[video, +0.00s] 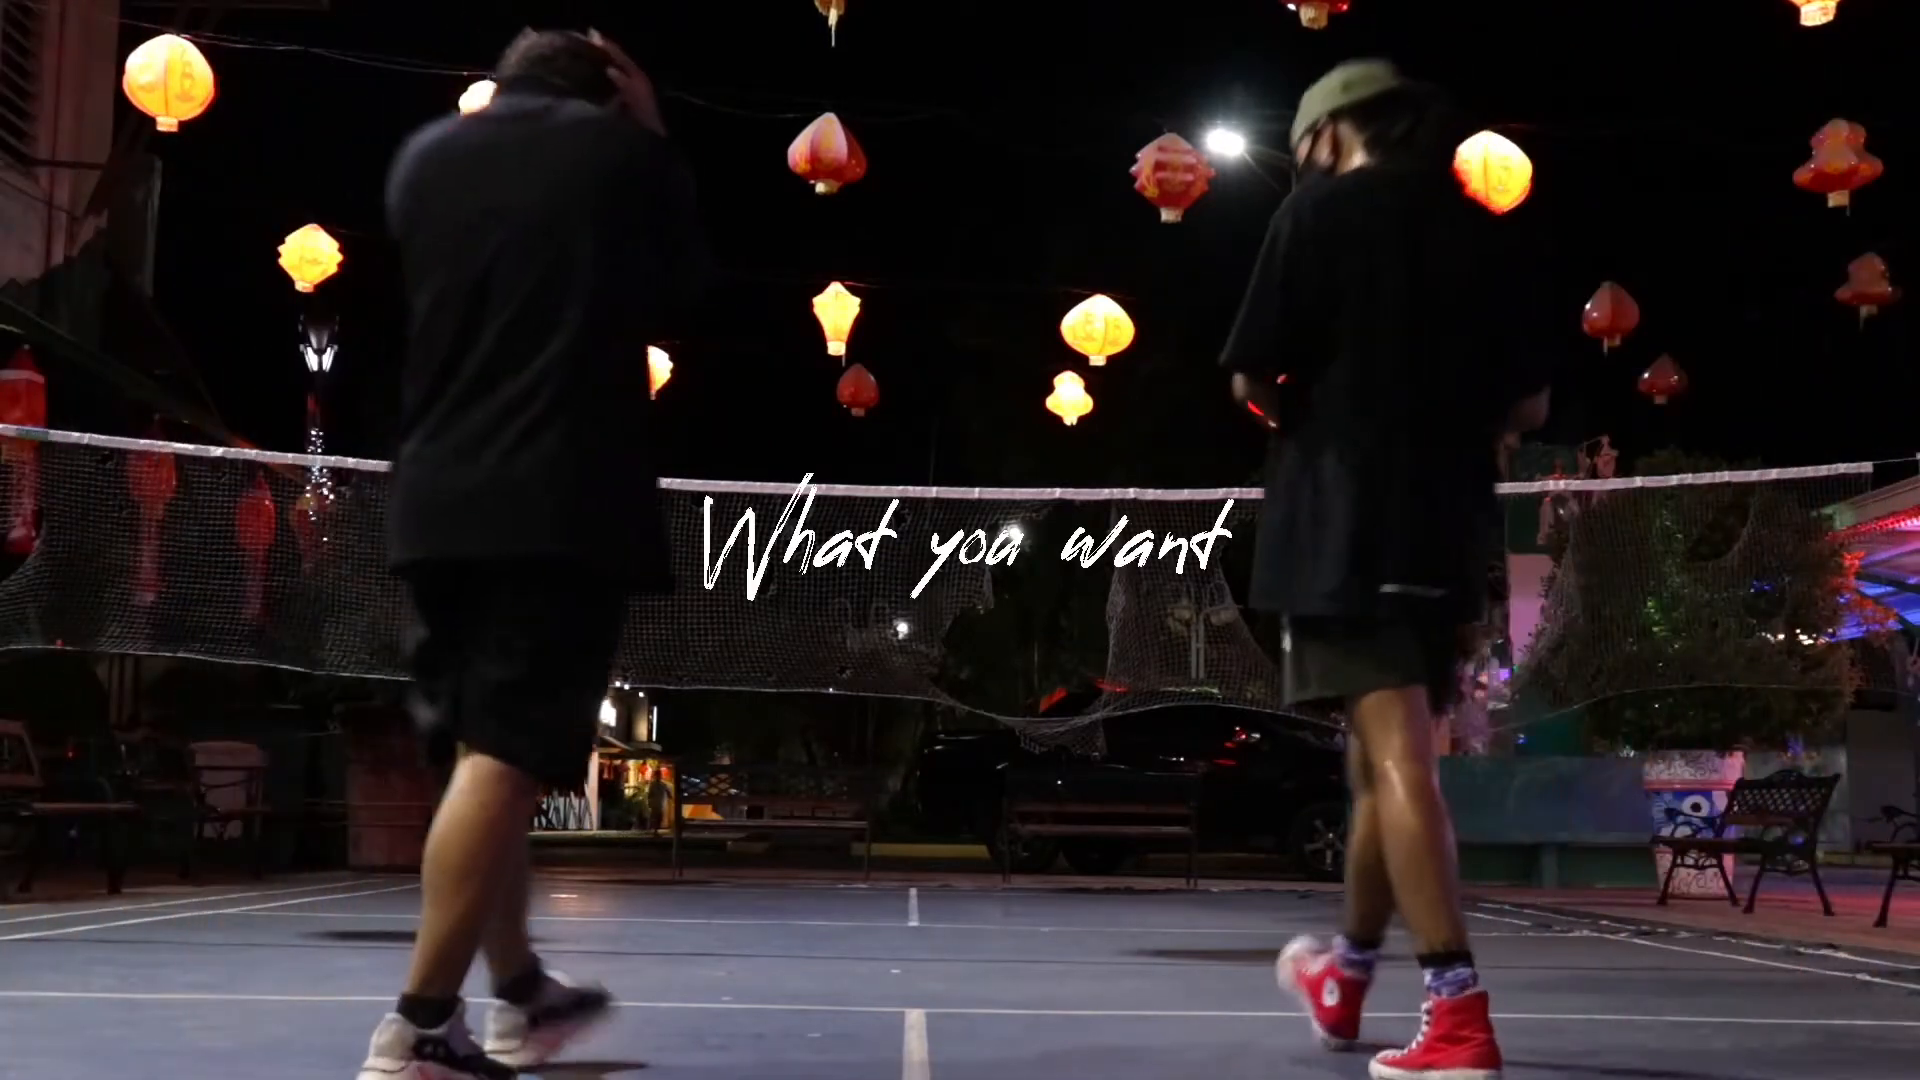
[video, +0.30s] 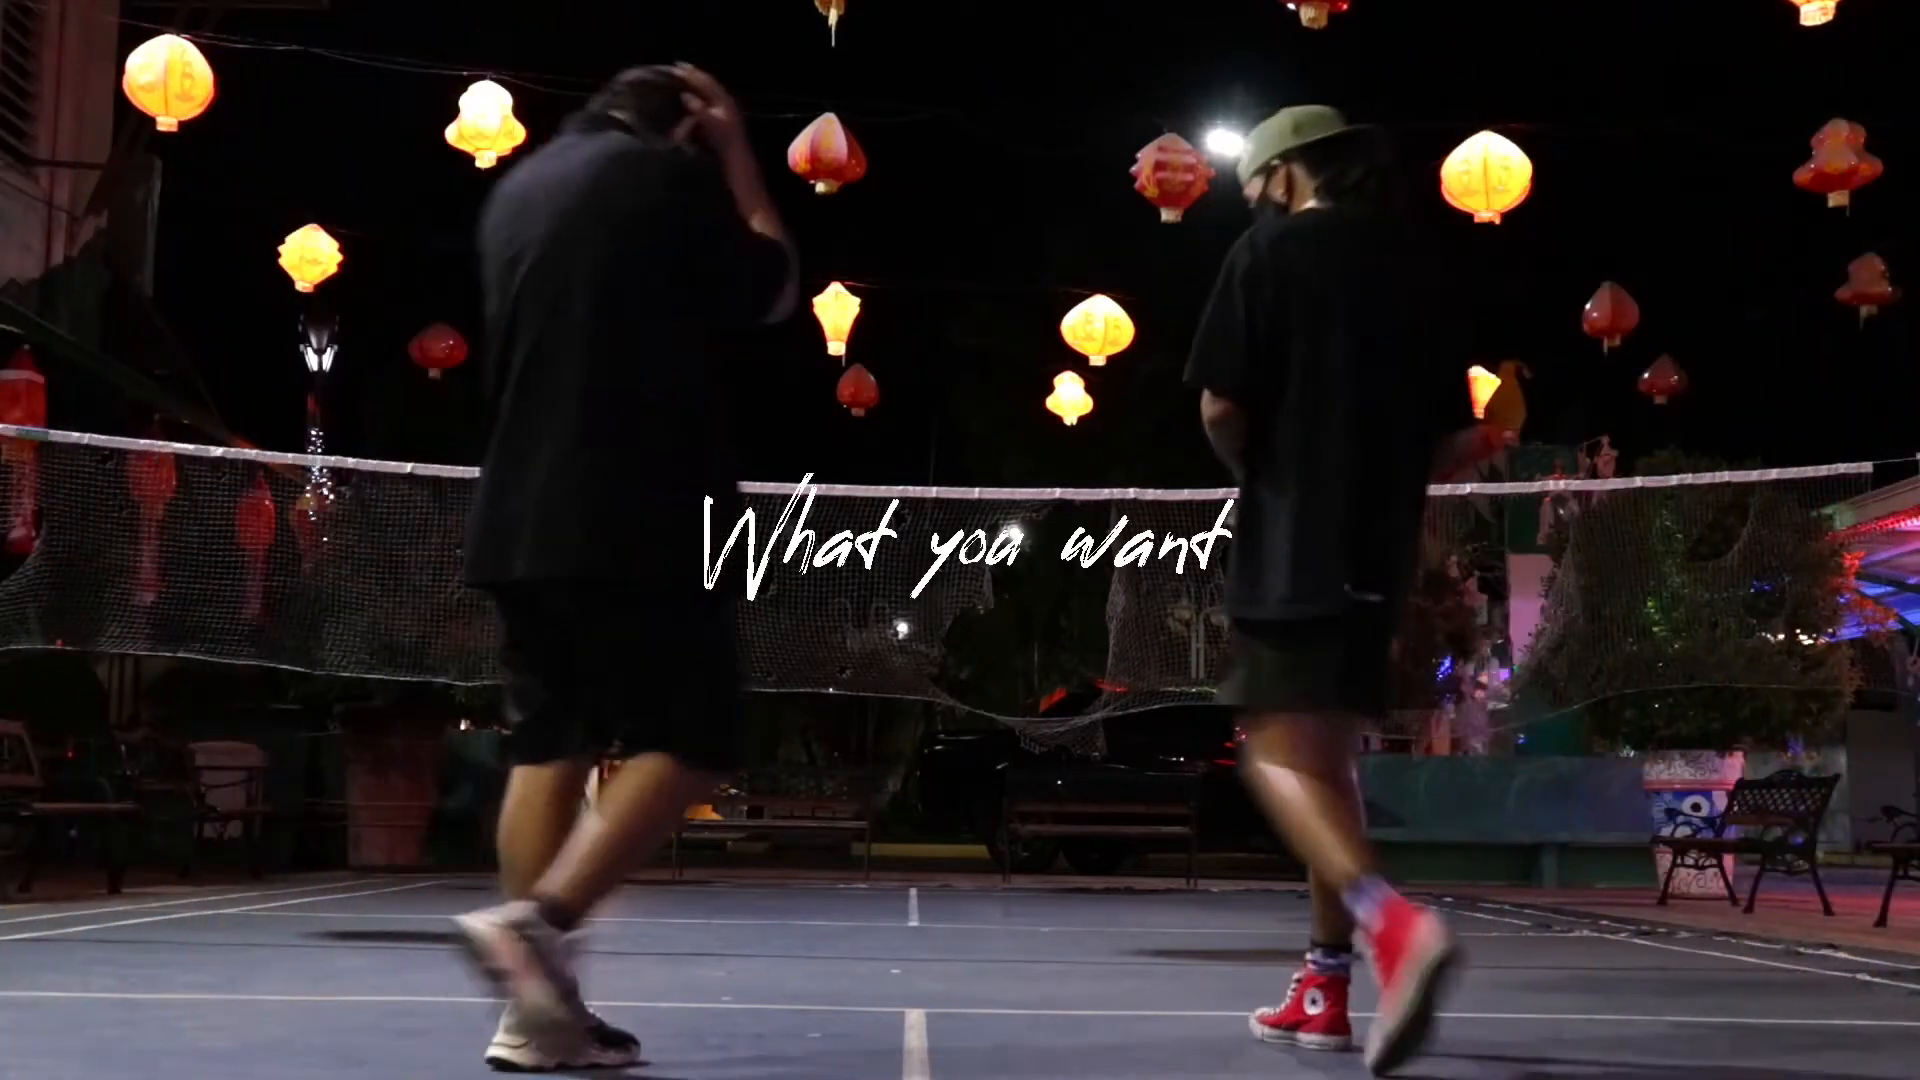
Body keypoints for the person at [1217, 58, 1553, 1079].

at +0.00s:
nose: (1309, 161)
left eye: (1310, 146)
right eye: (1308, 149)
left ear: (1335, 135)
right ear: (1416, 129)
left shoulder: (1316, 212)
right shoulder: (1480, 226)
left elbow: (1252, 366)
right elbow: (1528, 393)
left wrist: (1300, 415)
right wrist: (1465, 429)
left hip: (1344, 511)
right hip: (1448, 514)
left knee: (1402, 761)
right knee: (1386, 757)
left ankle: (1456, 1012)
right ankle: (1343, 979)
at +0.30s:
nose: (1256, 202)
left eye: (1257, 187)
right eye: (1254, 190)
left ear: (1286, 178)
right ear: (1350, 172)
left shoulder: (1266, 250)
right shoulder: (1414, 259)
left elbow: (1221, 409)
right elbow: (1462, 435)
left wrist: (1267, 475)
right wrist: (1387, 473)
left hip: (1295, 527)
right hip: (1383, 532)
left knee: (1271, 753)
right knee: (1330, 759)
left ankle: (1391, 923)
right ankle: (1324, 985)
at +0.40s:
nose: (1240, 203)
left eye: (1242, 190)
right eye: (1239, 191)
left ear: (1267, 180)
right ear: (1330, 177)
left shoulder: (1257, 253)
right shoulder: (1388, 264)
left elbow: (1218, 412)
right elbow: (1420, 420)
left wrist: (1219, 482)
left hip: (1268, 548)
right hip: (1358, 553)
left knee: (1203, 736)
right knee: (1323, 759)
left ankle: (1321, 883)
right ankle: (1327, 1001)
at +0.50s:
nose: (1221, 212)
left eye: (1222, 196)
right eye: (1219, 197)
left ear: (1253, 185)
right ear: (1308, 181)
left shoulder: (1247, 259)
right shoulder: (1370, 268)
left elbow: (1215, 410)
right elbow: (1367, 424)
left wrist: (1200, 475)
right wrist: (1206, 481)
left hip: (1254, 544)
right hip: (1348, 553)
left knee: (1177, 730)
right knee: (1322, 760)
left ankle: (1260, 902)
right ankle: (1321, 987)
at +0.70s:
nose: (1166, 235)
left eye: (1169, 219)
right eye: (1162, 221)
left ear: (1204, 207)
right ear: (1244, 206)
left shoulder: (1200, 288)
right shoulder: (1306, 286)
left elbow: (1171, 437)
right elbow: (1303, 428)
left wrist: (1164, 498)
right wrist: (1171, 486)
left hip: (1210, 560)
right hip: (1305, 552)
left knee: (1157, 752)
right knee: (1303, 762)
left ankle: (1120, 959)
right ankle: (1320, 984)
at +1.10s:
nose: (1048, 258)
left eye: (1053, 243)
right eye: (1050, 244)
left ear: (1080, 243)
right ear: (1133, 241)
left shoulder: (1077, 324)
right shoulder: (1186, 324)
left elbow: (1048, 452)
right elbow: (1203, 449)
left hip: (1077, 571)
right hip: (1166, 566)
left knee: (1079, 766)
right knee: (1160, 760)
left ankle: (1095, 965)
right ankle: (1239, 877)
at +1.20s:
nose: (1041, 220)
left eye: (1048, 205)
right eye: (1048, 205)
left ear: (1061, 220)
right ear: (1103, 223)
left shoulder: (1055, 290)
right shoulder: (1127, 295)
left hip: (1069, 538)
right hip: (1125, 537)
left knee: (1074, 750)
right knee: (1097, 742)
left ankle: (1084, 955)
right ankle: (1166, 885)